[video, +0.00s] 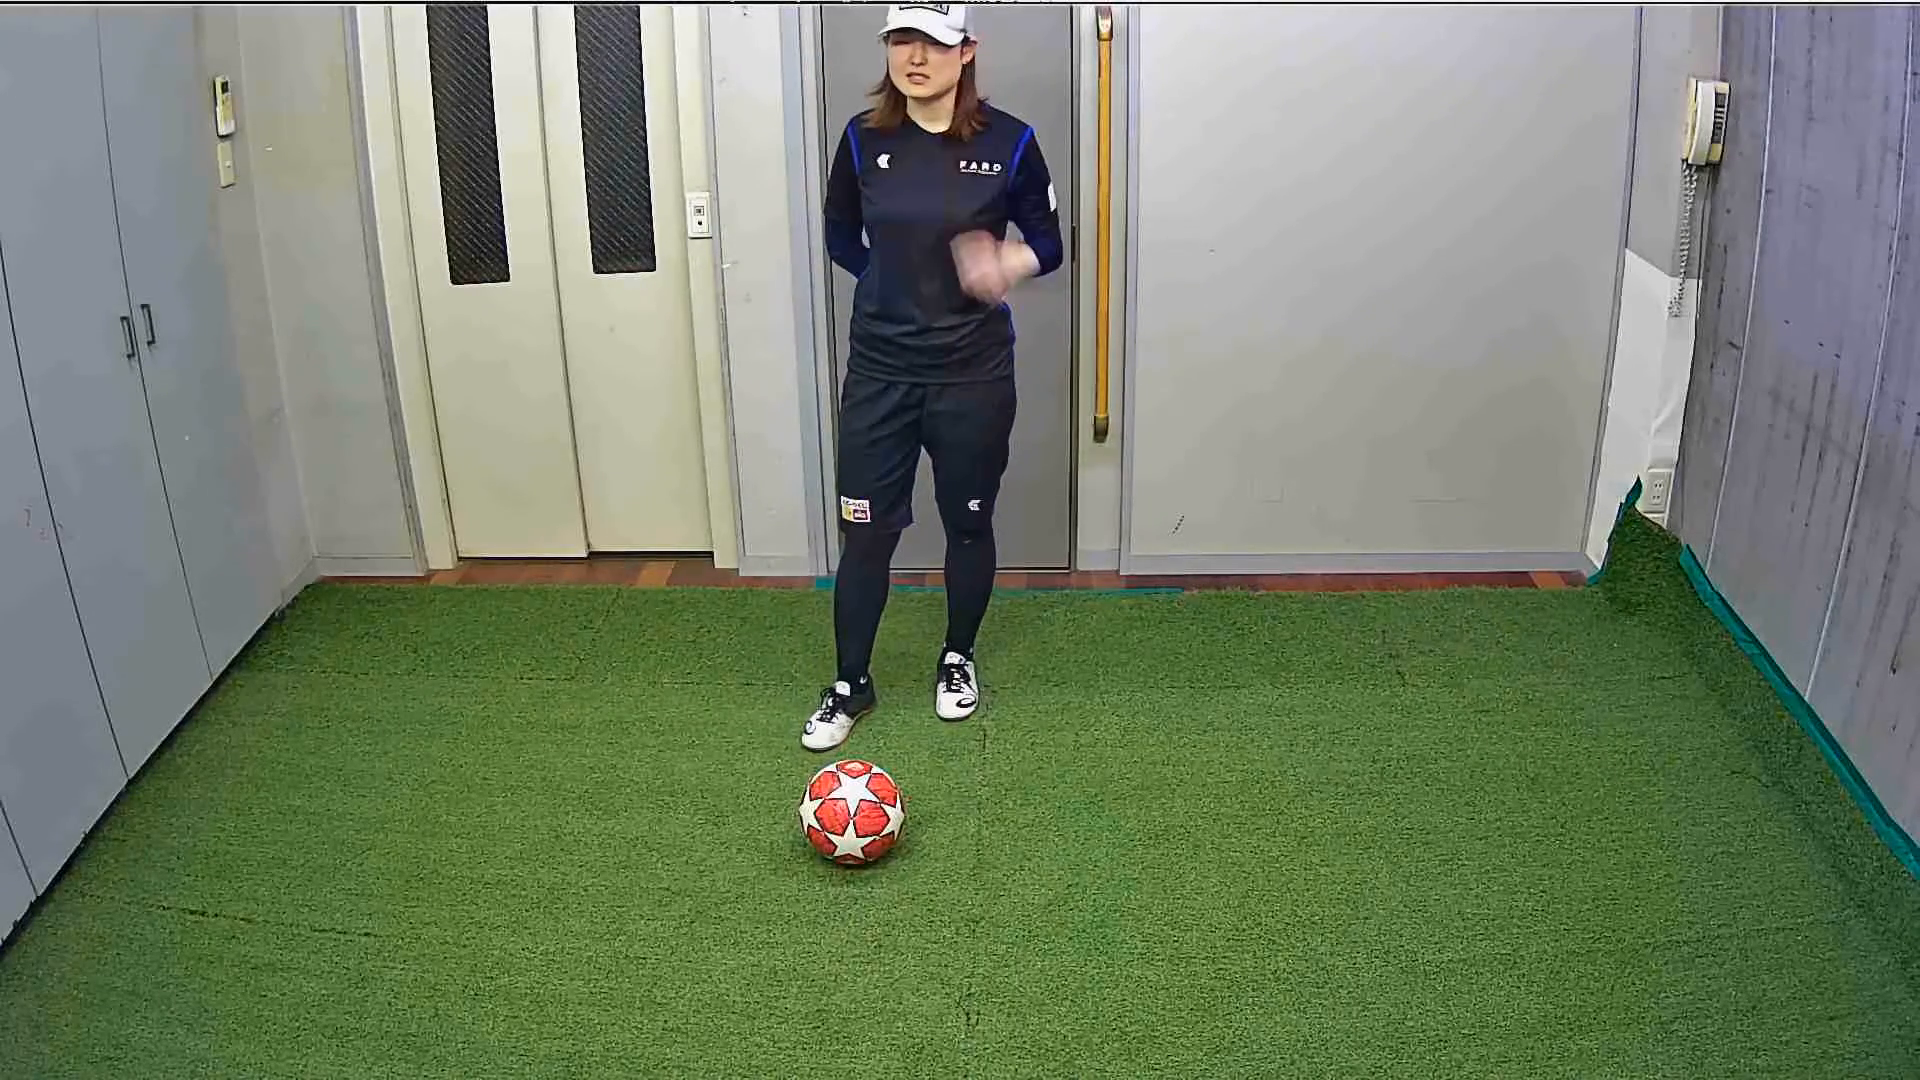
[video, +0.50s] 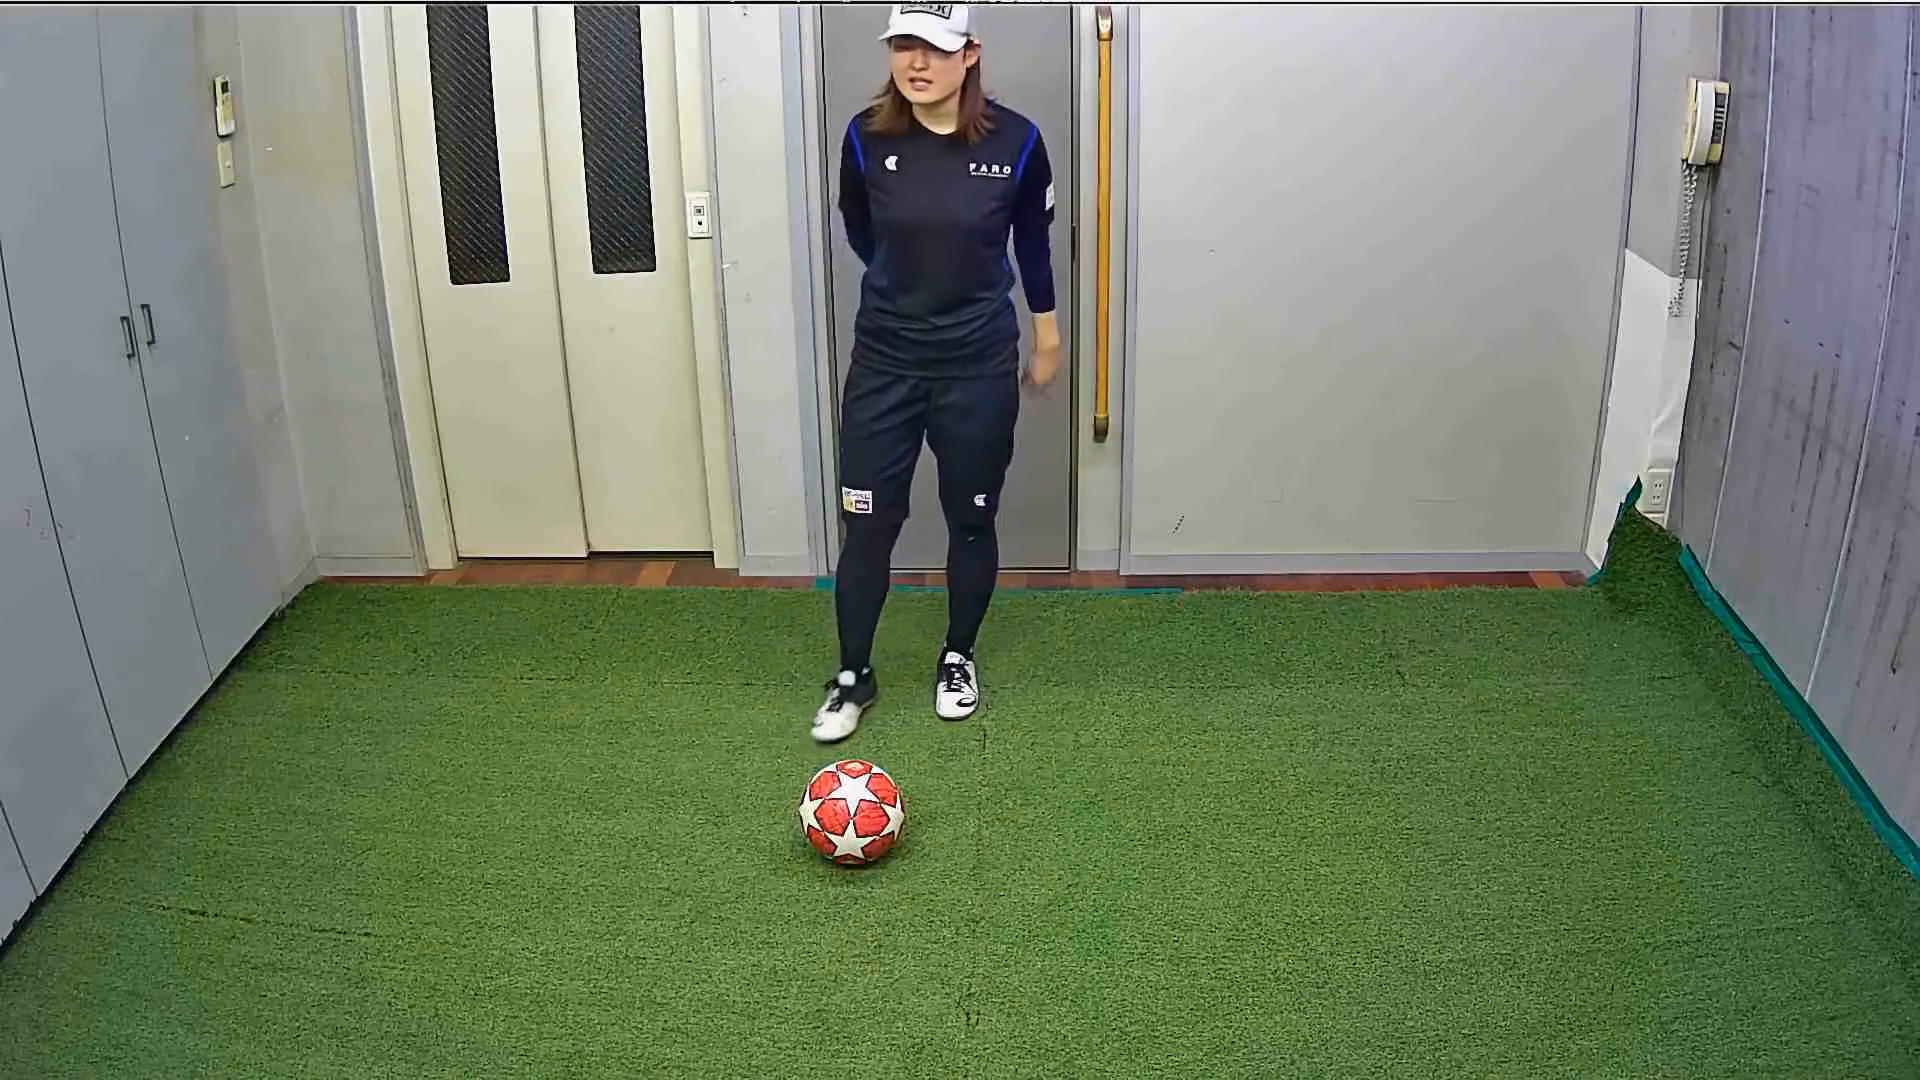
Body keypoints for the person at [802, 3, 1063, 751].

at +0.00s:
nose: (916, 56)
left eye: (933, 44)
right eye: (904, 42)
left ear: (965, 54)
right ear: (888, 54)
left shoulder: (1010, 142)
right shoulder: (864, 138)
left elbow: (1048, 246)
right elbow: (840, 238)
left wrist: (1011, 263)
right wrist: (896, 278)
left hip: (972, 368)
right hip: (879, 364)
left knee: (967, 522)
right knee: (863, 523)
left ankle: (957, 658)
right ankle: (851, 684)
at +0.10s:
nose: (915, 56)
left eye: (932, 44)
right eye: (903, 42)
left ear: (964, 55)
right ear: (887, 54)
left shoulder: (1010, 143)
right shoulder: (862, 139)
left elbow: (1045, 235)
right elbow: (841, 241)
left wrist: (1025, 300)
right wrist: (903, 281)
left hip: (972, 366)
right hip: (879, 364)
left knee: (969, 522)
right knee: (863, 524)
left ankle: (957, 658)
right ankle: (850, 684)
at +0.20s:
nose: (914, 56)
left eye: (931, 44)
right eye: (902, 43)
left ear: (963, 56)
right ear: (887, 56)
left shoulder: (1010, 143)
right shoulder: (863, 139)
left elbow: (1037, 238)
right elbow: (840, 238)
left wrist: (1046, 338)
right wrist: (897, 280)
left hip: (975, 363)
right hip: (881, 364)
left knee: (969, 521)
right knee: (863, 522)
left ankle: (957, 658)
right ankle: (851, 684)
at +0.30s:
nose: (915, 59)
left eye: (931, 47)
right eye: (903, 45)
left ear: (965, 57)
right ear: (888, 57)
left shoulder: (1012, 144)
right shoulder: (864, 139)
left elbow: (1032, 244)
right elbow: (844, 240)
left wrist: (1050, 338)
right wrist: (905, 277)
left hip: (978, 361)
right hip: (883, 362)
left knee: (971, 520)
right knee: (864, 523)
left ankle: (957, 658)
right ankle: (850, 684)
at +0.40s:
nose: (917, 62)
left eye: (933, 49)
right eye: (905, 47)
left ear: (968, 57)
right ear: (890, 56)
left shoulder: (1016, 142)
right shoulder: (866, 138)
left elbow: (1030, 241)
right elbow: (857, 238)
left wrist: (1046, 323)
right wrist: (914, 277)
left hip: (979, 359)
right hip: (885, 359)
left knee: (972, 519)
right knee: (864, 520)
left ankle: (957, 657)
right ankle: (849, 682)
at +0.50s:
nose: (917, 61)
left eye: (934, 49)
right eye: (905, 47)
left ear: (969, 57)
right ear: (890, 57)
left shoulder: (1017, 142)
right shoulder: (866, 136)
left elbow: (1033, 238)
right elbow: (861, 234)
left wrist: (1046, 326)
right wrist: (914, 278)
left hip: (978, 355)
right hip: (884, 353)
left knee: (971, 516)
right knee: (865, 515)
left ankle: (957, 658)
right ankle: (852, 676)